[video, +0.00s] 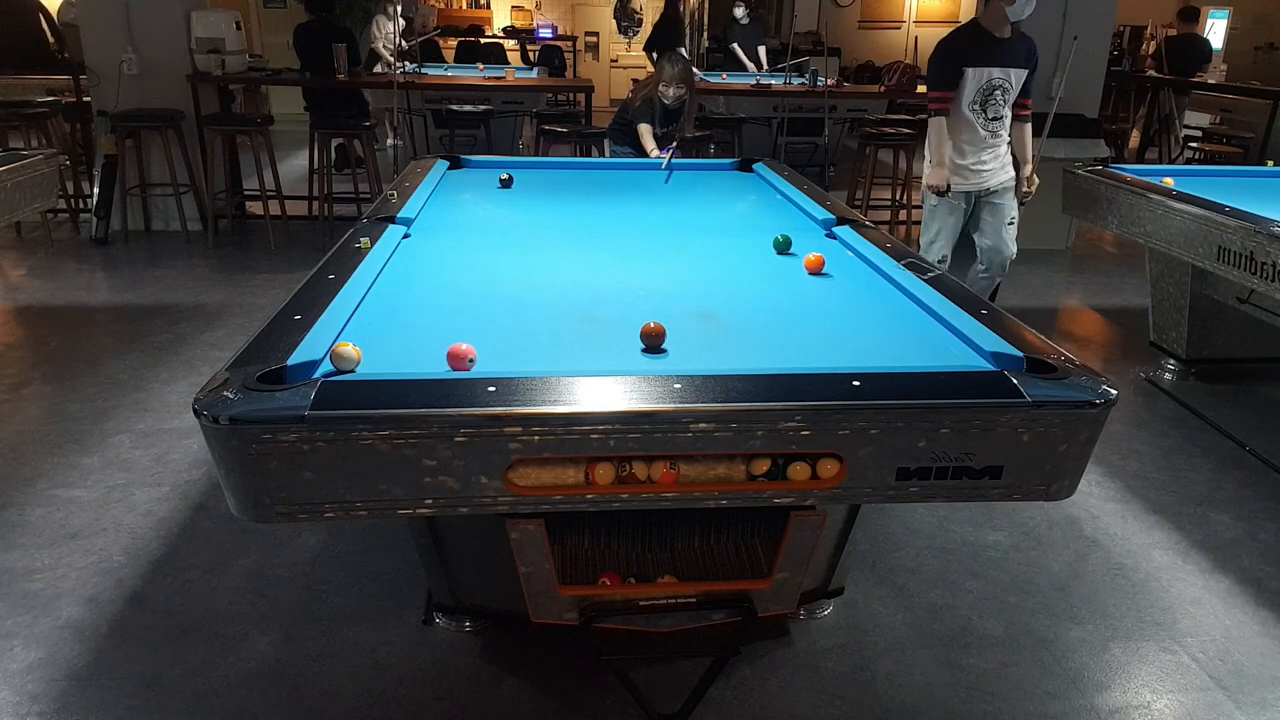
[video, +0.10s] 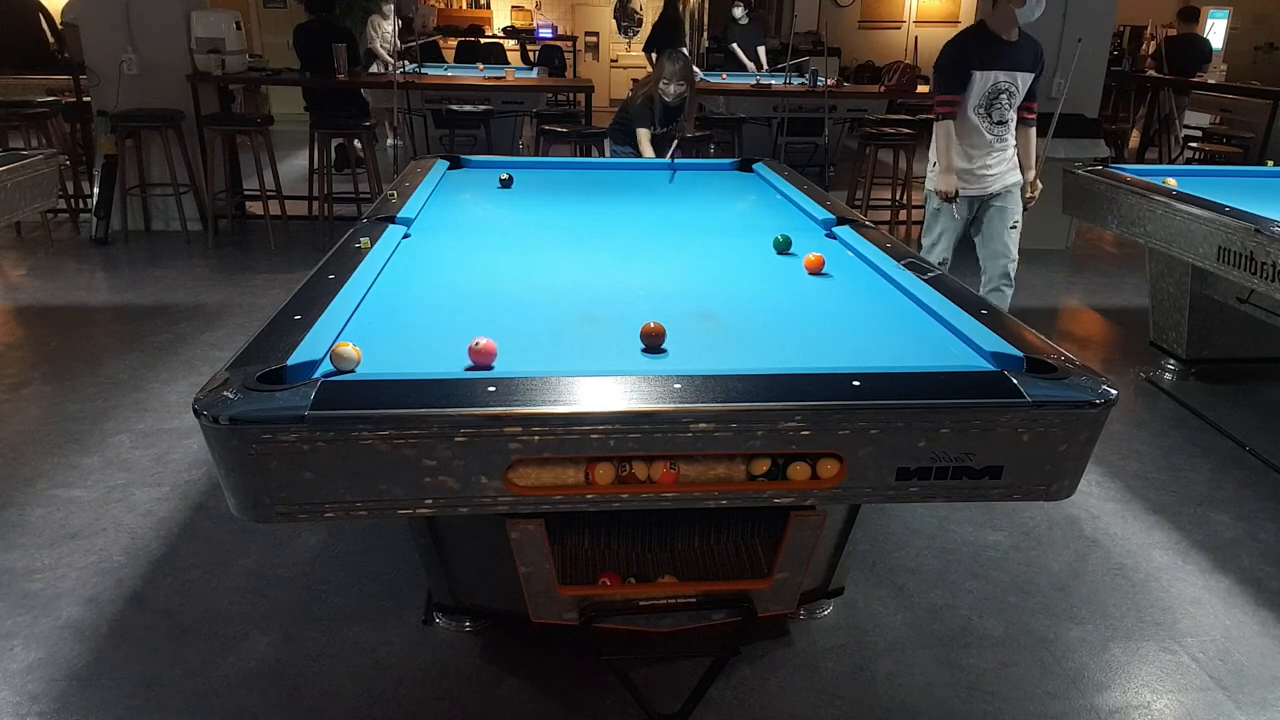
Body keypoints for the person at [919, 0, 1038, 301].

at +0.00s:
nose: (1018, 3)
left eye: (1019, 0)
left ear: (1014, 4)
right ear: (989, 2)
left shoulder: (1026, 49)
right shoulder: (951, 47)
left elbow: (1022, 113)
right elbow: (937, 110)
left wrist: (1026, 164)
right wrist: (938, 166)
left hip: (999, 175)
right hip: (950, 174)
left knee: (1000, 253)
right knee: (934, 260)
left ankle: (968, 322)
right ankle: (919, 328)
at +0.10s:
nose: (1026, 5)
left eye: (1026, 2)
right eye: (1018, 1)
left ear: (1015, 4)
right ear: (995, 4)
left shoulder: (1032, 52)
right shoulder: (958, 49)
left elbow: (1027, 117)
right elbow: (944, 113)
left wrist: (1029, 170)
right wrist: (945, 171)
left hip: (1004, 181)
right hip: (953, 180)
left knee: (1002, 272)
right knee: (933, 267)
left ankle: (990, 350)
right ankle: (915, 341)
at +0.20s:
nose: (1044, 3)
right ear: (1014, 2)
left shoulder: (1042, 58)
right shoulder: (967, 55)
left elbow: (1036, 123)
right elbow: (952, 121)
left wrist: (1038, 176)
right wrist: (955, 179)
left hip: (1011, 185)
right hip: (959, 184)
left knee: (1007, 273)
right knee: (936, 269)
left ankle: (1014, 355)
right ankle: (911, 341)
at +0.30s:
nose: (1057, 6)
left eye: (1058, 2)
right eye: (1049, 0)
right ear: (1027, 3)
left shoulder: (1055, 62)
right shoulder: (983, 55)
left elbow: (1050, 129)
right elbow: (965, 125)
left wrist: (1050, 183)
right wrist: (964, 187)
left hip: (1025, 192)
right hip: (972, 191)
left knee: (1020, 287)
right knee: (941, 276)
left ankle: (1020, 367)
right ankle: (910, 348)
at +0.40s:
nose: (1072, 5)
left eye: (1073, 1)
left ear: (1067, 7)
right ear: (1045, 2)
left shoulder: (1071, 59)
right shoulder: (996, 51)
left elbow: (1066, 127)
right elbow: (982, 124)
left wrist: (1063, 183)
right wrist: (977, 185)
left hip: (1045, 192)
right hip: (992, 190)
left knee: (1031, 292)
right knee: (953, 276)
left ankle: (1021, 371)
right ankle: (916, 345)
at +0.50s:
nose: (1085, 5)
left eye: (1087, 1)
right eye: (1078, 1)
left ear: (1084, 7)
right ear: (1059, 2)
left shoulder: (1090, 58)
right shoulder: (1009, 49)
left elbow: (1084, 128)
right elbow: (992, 122)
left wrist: (1079, 185)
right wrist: (985, 184)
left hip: (1061, 195)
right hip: (1008, 194)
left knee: (1039, 293)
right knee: (970, 282)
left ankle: (1025, 369)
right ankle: (929, 351)